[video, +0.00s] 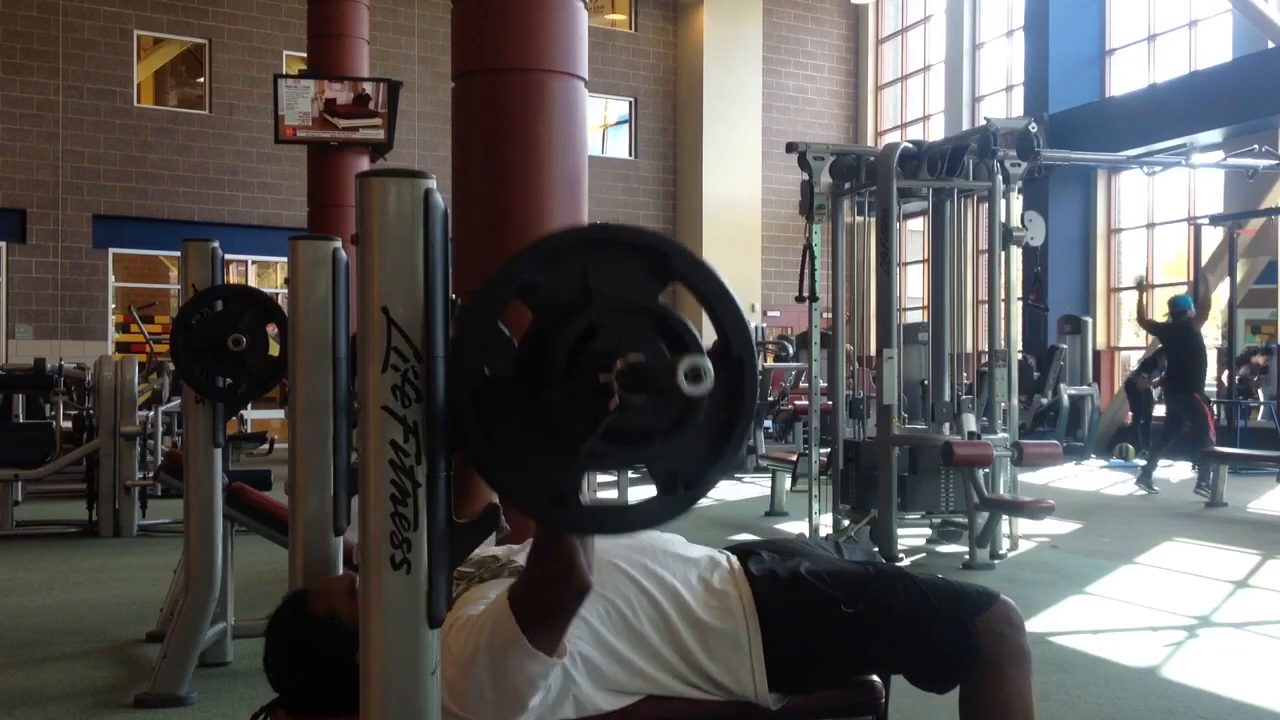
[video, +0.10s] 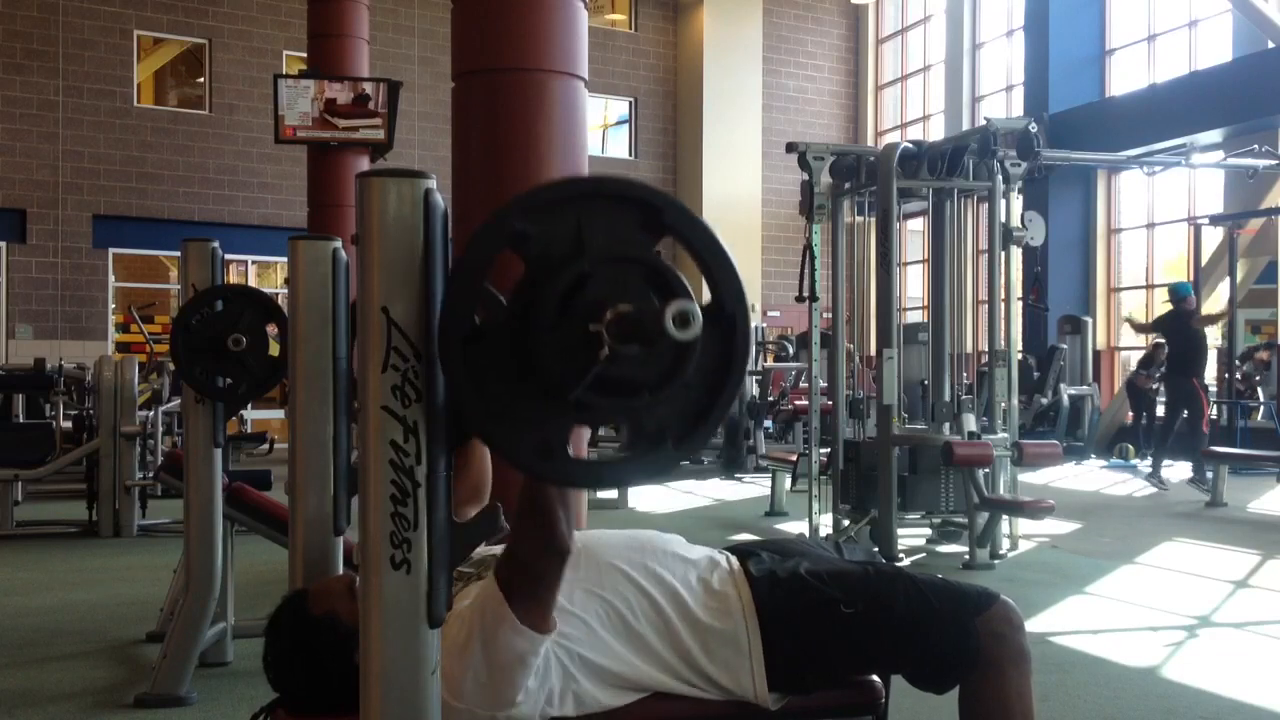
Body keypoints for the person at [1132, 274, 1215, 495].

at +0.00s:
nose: (1194, 312)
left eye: (1192, 309)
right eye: (1192, 309)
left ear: (1171, 312)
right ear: (1188, 312)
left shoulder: (1165, 329)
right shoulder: (1191, 327)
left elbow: (1143, 319)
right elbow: (1205, 306)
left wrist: (1141, 293)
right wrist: (1203, 281)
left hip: (1172, 391)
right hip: (1191, 392)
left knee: (1167, 433)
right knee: (1207, 433)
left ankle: (1146, 475)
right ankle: (1204, 481)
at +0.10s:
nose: (1194, 299)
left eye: (1193, 295)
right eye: (1192, 296)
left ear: (1174, 300)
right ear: (1186, 299)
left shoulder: (1167, 318)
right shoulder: (1189, 317)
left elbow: (1144, 328)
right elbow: (1203, 322)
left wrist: (1131, 322)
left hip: (1173, 379)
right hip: (1190, 379)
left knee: (1169, 423)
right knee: (1200, 423)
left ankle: (1155, 471)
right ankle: (1199, 474)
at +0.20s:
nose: (1194, 297)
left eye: (1193, 294)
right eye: (1192, 294)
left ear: (1174, 298)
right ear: (1185, 297)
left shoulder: (1167, 318)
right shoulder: (1190, 317)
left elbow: (1152, 344)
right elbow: (1201, 337)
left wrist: (1144, 366)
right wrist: (1225, 349)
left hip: (1171, 378)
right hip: (1189, 379)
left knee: (1173, 423)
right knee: (1198, 420)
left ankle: (1164, 474)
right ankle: (1190, 474)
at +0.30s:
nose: (1196, 309)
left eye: (1194, 305)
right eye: (1193, 306)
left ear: (1175, 311)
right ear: (1187, 310)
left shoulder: (1166, 333)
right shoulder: (1193, 333)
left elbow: (1165, 365)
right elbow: (1203, 366)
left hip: (1170, 391)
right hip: (1188, 392)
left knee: (1180, 434)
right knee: (1198, 434)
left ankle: (1169, 480)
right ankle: (1177, 480)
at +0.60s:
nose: (1195, 294)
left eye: (1193, 291)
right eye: (1193, 291)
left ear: (1174, 297)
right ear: (1188, 295)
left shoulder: (1167, 318)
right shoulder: (1196, 316)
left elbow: (1156, 346)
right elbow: (1212, 339)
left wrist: (1155, 368)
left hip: (1172, 376)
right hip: (1192, 376)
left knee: (1176, 420)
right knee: (1199, 422)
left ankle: (1163, 470)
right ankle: (1192, 473)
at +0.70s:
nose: (1196, 296)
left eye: (1195, 293)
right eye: (1194, 293)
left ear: (1176, 298)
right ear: (1187, 297)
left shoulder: (1168, 318)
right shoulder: (1197, 316)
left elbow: (1146, 325)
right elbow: (1224, 318)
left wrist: (1151, 344)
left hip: (1175, 375)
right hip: (1193, 375)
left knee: (1175, 418)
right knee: (1205, 419)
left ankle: (1156, 466)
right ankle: (1201, 472)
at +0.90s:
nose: (1193, 323)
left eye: (1184, 318)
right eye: (1192, 319)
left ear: (1176, 323)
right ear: (1193, 323)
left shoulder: (1172, 342)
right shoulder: (1196, 339)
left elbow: (1156, 320)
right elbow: (1203, 314)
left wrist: (1161, 293)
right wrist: (1197, 287)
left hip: (1175, 403)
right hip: (1193, 404)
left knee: (1172, 443)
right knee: (1219, 442)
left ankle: (1146, 480)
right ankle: (1210, 486)